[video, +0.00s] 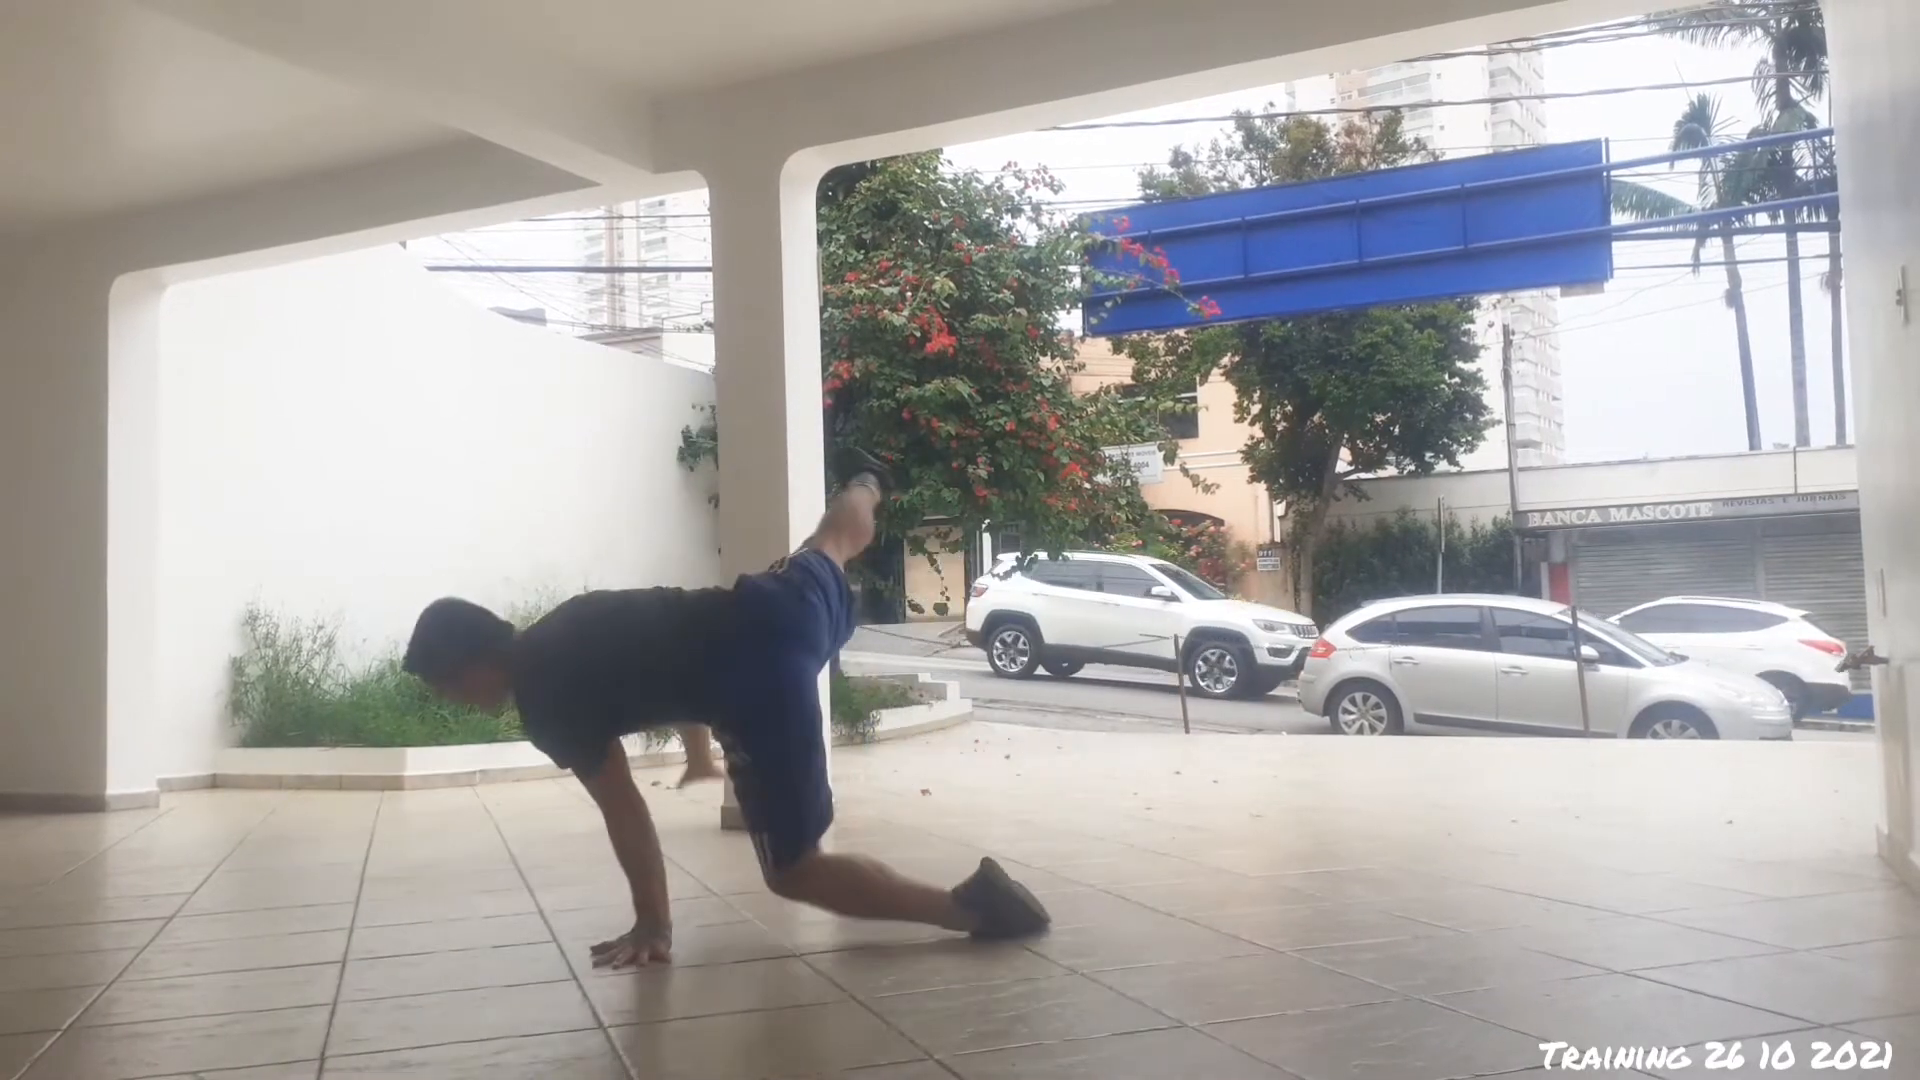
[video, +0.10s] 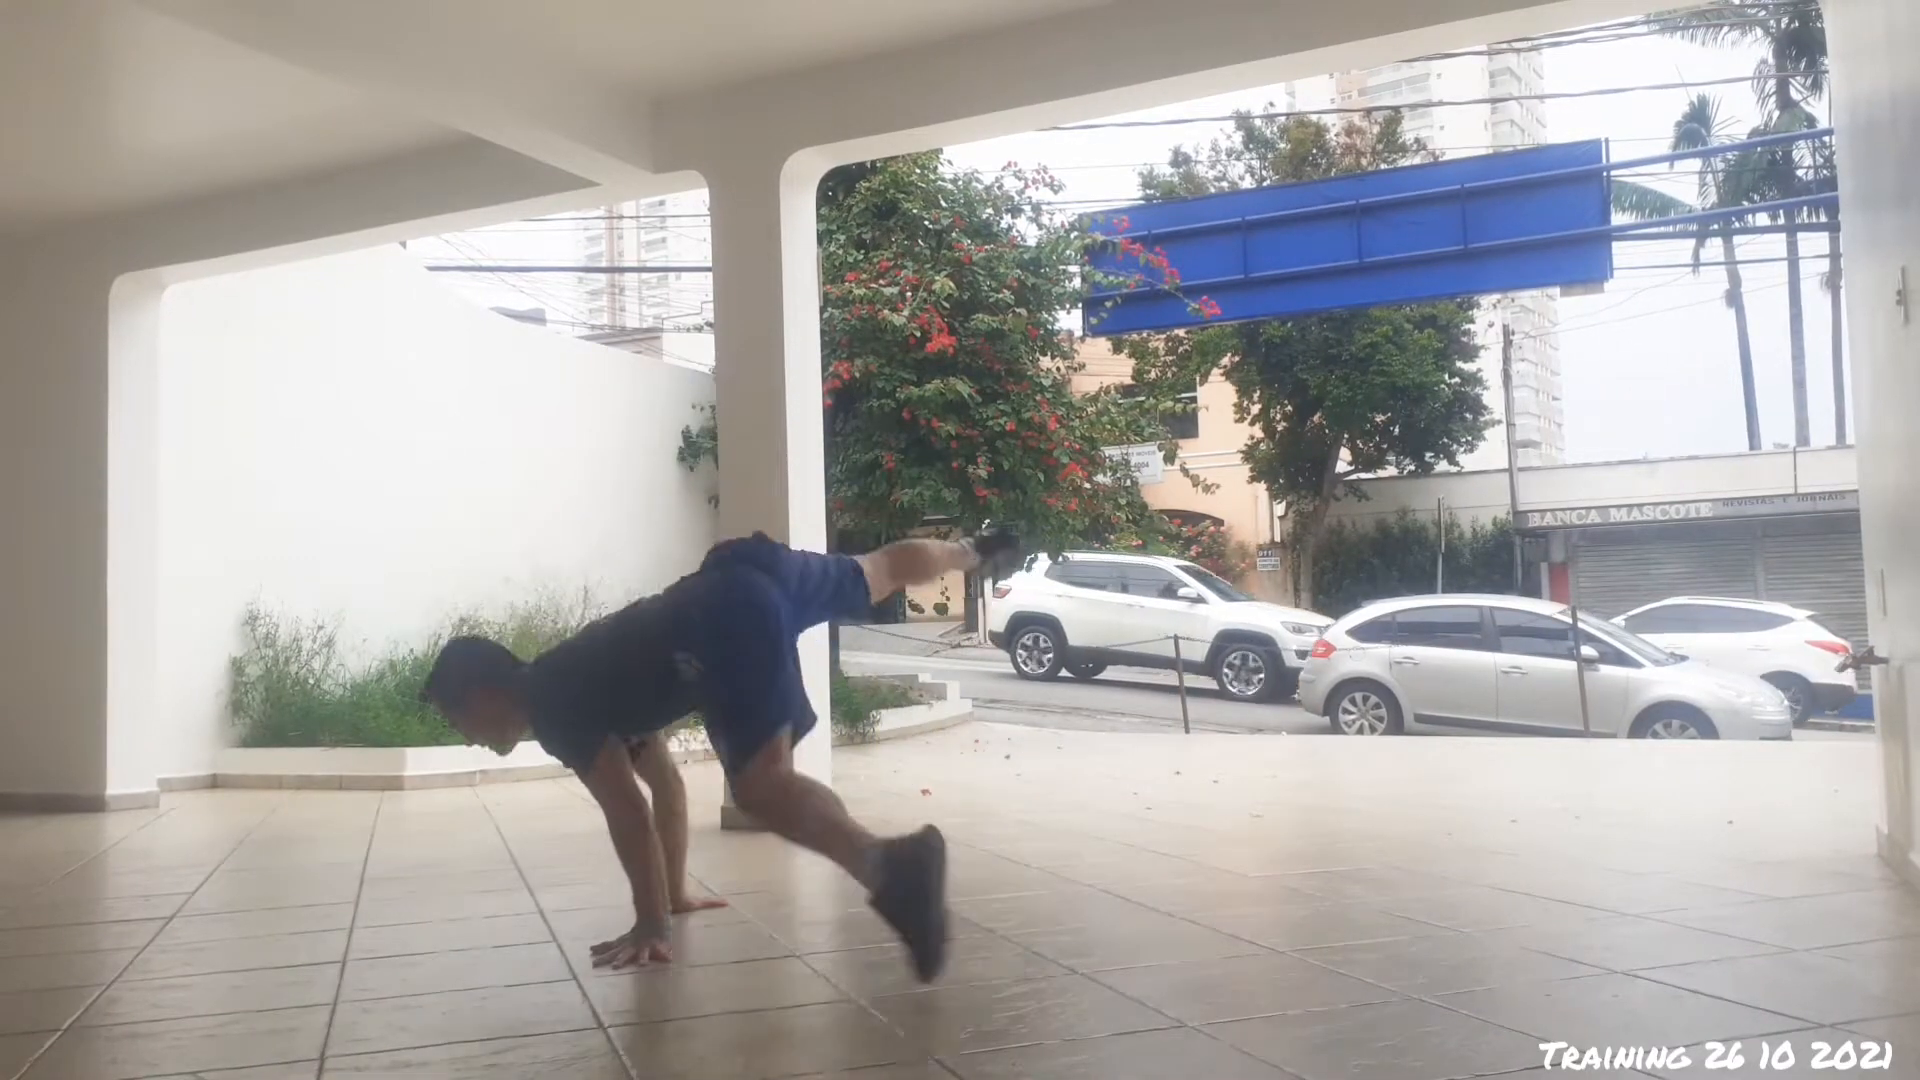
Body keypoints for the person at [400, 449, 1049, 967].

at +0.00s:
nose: (457, 705)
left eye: (448, 691)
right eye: (445, 696)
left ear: (469, 665)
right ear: (489, 630)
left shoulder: (544, 699)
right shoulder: (573, 617)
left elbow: (629, 813)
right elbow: (673, 653)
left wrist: (652, 929)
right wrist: (709, 754)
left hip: (758, 683)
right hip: (772, 604)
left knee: (793, 871)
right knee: (839, 540)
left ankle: (966, 909)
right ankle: (866, 490)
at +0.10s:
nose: (468, 734)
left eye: (460, 718)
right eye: (457, 724)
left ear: (489, 691)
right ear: (501, 675)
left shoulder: (553, 703)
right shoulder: (588, 673)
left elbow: (627, 806)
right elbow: (661, 784)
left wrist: (649, 924)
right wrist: (677, 889)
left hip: (729, 620)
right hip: (755, 570)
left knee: (760, 785)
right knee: (880, 571)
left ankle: (887, 865)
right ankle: (978, 553)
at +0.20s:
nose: (483, 753)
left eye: (477, 733)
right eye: (472, 740)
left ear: (501, 704)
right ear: (512, 698)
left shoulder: (558, 699)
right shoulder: (612, 695)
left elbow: (618, 812)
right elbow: (682, 784)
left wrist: (646, 925)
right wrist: (675, 890)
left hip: (716, 573)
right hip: (771, 581)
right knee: (906, 646)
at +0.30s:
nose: (491, 719)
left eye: (485, 703)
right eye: (484, 709)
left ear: (506, 677)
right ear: (525, 681)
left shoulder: (554, 675)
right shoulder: (625, 700)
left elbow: (584, 772)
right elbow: (677, 785)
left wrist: (608, 884)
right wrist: (672, 885)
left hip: (732, 570)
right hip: (784, 622)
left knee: (604, 557)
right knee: (880, 746)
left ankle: (460, 494)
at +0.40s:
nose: (507, 677)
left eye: (502, 661)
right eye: (499, 669)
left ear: (528, 631)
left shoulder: (566, 618)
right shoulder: (634, 704)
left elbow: (548, 632)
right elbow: (678, 792)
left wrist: (516, 740)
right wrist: (673, 892)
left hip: (740, 593)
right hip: (791, 663)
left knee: (586, 521)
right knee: (761, 814)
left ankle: (439, 427)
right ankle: (827, 895)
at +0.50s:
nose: (545, 639)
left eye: (546, 620)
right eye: (541, 624)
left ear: (576, 601)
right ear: (581, 612)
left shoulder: (628, 608)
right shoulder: (637, 682)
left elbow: (593, 546)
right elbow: (684, 785)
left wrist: (512, 534)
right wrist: (676, 890)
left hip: (724, 656)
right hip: (739, 753)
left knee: (581, 527)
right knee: (594, 866)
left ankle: (460, 416)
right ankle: (484, 951)